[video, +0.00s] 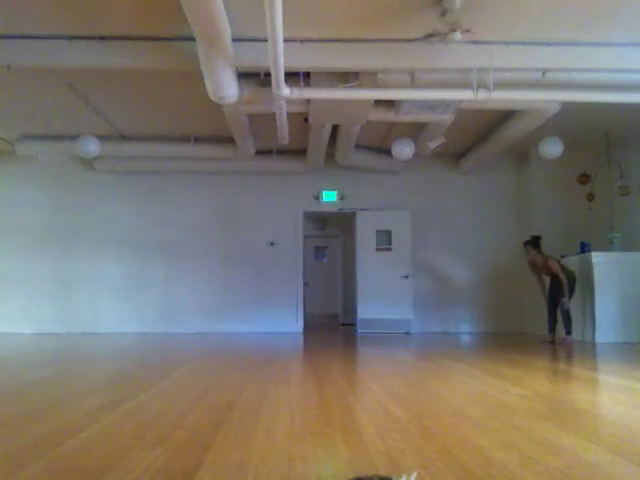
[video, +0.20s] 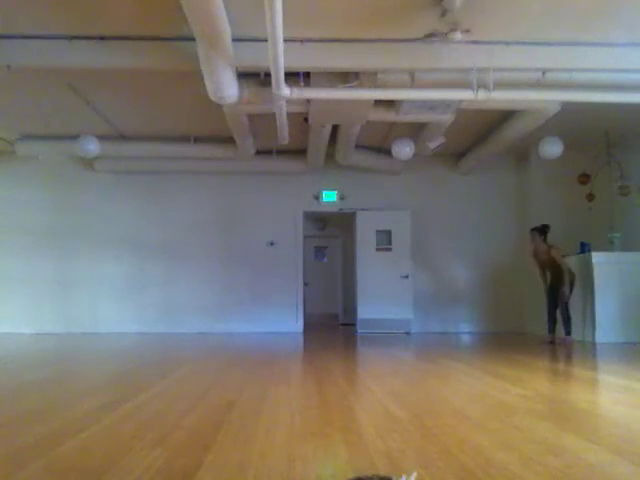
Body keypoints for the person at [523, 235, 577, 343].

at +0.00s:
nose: (527, 254)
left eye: (529, 251)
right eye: (525, 252)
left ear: (536, 250)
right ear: (526, 252)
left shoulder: (548, 261)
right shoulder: (532, 263)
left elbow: (564, 278)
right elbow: (541, 281)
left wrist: (566, 296)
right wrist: (545, 299)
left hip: (567, 278)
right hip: (555, 279)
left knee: (563, 304)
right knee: (551, 306)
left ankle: (568, 335)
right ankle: (551, 336)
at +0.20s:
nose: (532, 240)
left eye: (535, 236)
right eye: (531, 237)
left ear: (541, 237)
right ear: (533, 239)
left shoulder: (552, 250)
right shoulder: (535, 253)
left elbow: (566, 269)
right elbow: (542, 271)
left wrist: (566, 286)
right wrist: (545, 287)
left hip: (566, 275)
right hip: (554, 276)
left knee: (563, 304)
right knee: (551, 305)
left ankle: (568, 335)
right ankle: (551, 335)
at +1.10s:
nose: (537, 232)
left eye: (539, 229)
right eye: (537, 229)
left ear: (547, 230)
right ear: (538, 231)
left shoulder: (552, 244)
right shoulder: (538, 244)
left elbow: (562, 259)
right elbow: (537, 260)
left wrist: (554, 272)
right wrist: (533, 271)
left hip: (549, 277)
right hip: (539, 278)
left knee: (551, 305)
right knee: (546, 306)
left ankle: (564, 328)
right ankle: (552, 332)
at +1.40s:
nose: (538, 232)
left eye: (540, 229)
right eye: (537, 229)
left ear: (548, 230)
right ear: (539, 231)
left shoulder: (553, 243)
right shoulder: (540, 244)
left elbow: (563, 254)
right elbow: (541, 258)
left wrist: (555, 263)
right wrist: (538, 268)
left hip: (551, 276)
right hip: (542, 276)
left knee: (555, 304)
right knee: (547, 305)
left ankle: (564, 333)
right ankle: (552, 332)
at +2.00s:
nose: (543, 229)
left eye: (545, 226)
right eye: (543, 227)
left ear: (554, 226)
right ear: (547, 227)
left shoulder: (560, 239)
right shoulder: (547, 240)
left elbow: (575, 249)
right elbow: (550, 253)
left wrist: (563, 260)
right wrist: (545, 261)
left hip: (558, 274)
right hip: (548, 274)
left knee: (562, 304)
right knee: (548, 303)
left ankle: (567, 335)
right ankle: (551, 331)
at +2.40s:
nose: (546, 230)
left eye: (548, 227)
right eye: (545, 227)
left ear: (556, 226)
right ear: (549, 228)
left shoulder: (563, 241)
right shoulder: (550, 241)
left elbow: (572, 256)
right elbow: (548, 255)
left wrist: (557, 263)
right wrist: (544, 262)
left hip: (561, 276)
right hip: (550, 275)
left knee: (563, 305)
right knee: (548, 304)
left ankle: (567, 336)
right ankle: (550, 332)